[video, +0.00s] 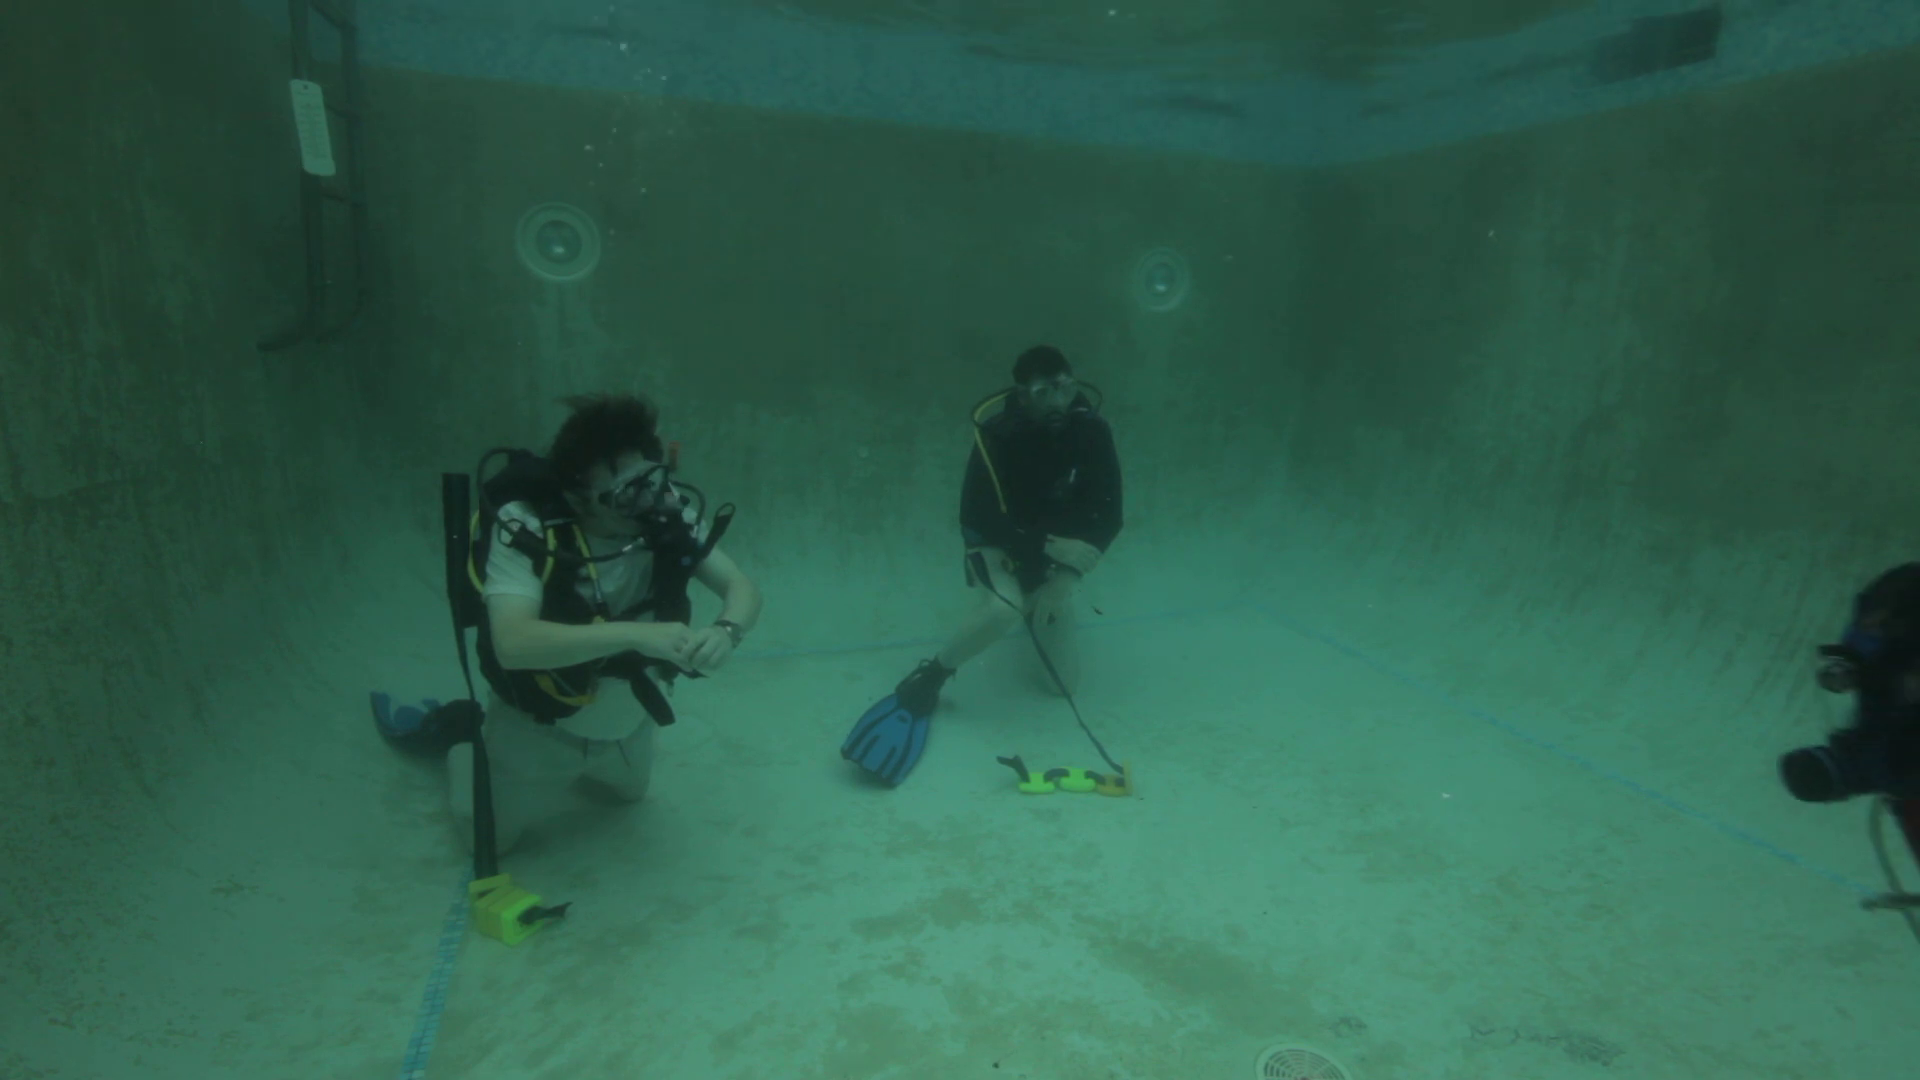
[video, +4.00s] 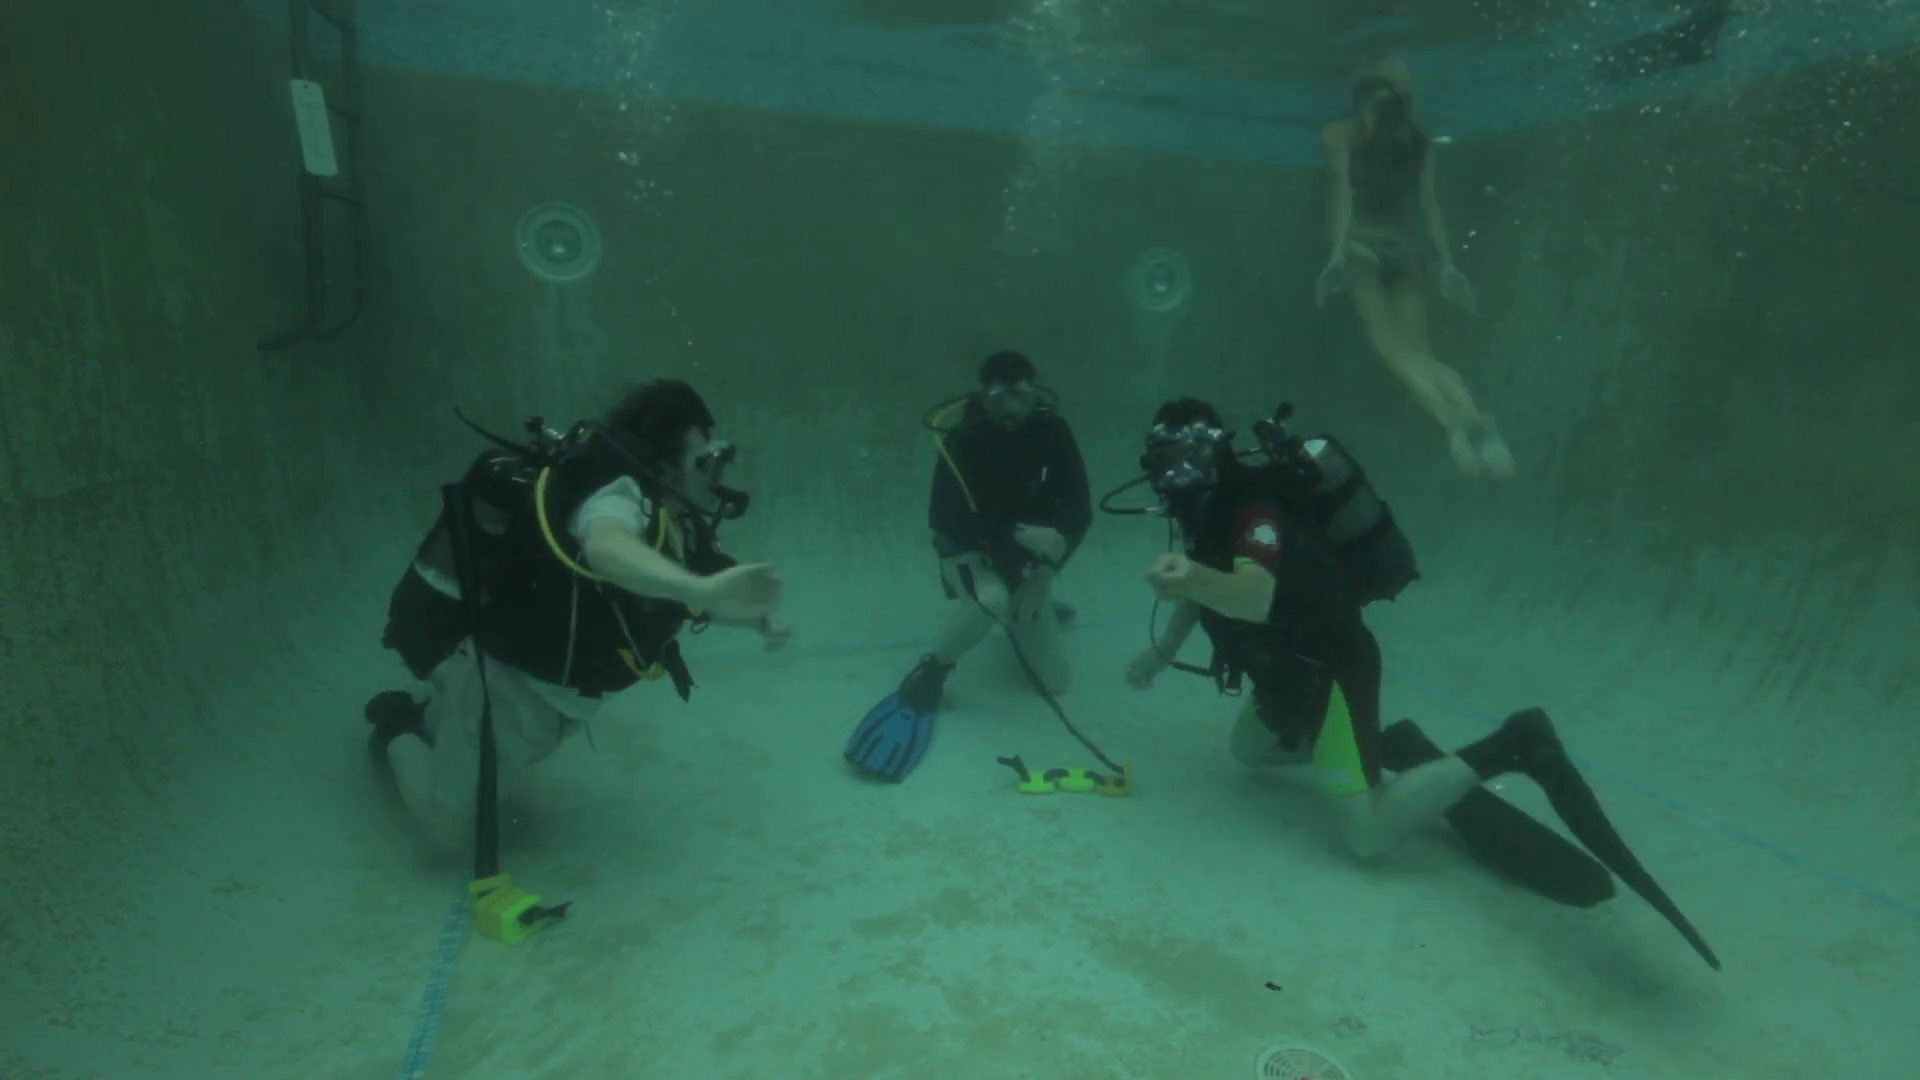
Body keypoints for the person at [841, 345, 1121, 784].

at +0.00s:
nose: (1058, 400)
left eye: (1064, 388)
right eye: (1046, 390)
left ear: (1074, 386)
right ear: (1023, 393)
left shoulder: (1091, 430)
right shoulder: (998, 430)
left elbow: (1109, 512)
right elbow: (979, 515)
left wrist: (1064, 579)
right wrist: (1051, 546)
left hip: (1059, 546)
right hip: (1000, 539)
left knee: (1062, 680)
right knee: (1004, 608)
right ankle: (930, 677)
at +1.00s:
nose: (1051, 408)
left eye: (1056, 397)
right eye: (1040, 399)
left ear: (1065, 394)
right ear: (1016, 399)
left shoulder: (1080, 432)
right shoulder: (989, 435)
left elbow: (1100, 514)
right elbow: (972, 519)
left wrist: (1059, 582)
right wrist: (1039, 550)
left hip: (1055, 547)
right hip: (993, 542)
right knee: (1000, 606)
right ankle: (930, 672)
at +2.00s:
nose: (1035, 412)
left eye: (1041, 399)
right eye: (1024, 402)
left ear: (1051, 394)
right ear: (1002, 401)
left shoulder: (1067, 433)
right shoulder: (976, 439)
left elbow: (1089, 515)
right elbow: (969, 524)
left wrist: (1050, 582)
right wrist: (1034, 551)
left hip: (1046, 550)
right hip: (985, 546)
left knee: (1061, 677)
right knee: (994, 608)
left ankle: (1044, 605)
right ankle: (933, 672)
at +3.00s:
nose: (1025, 406)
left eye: (1030, 394)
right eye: (1013, 397)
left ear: (1040, 391)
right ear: (990, 399)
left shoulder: (1056, 431)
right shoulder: (966, 439)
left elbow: (1081, 510)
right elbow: (954, 522)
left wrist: (1045, 574)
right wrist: (1023, 547)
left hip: (1034, 554)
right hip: (974, 548)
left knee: (1061, 681)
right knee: (987, 606)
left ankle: (1040, 607)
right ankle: (929, 676)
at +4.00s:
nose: (1014, 405)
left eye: (1022, 395)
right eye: (1004, 395)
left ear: (1035, 393)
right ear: (985, 396)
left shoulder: (1052, 431)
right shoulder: (964, 438)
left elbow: (1078, 510)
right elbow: (946, 519)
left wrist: (1046, 570)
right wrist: (1018, 533)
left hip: (1030, 557)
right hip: (968, 551)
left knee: (1053, 680)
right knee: (992, 600)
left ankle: (1034, 606)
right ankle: (930, 675)